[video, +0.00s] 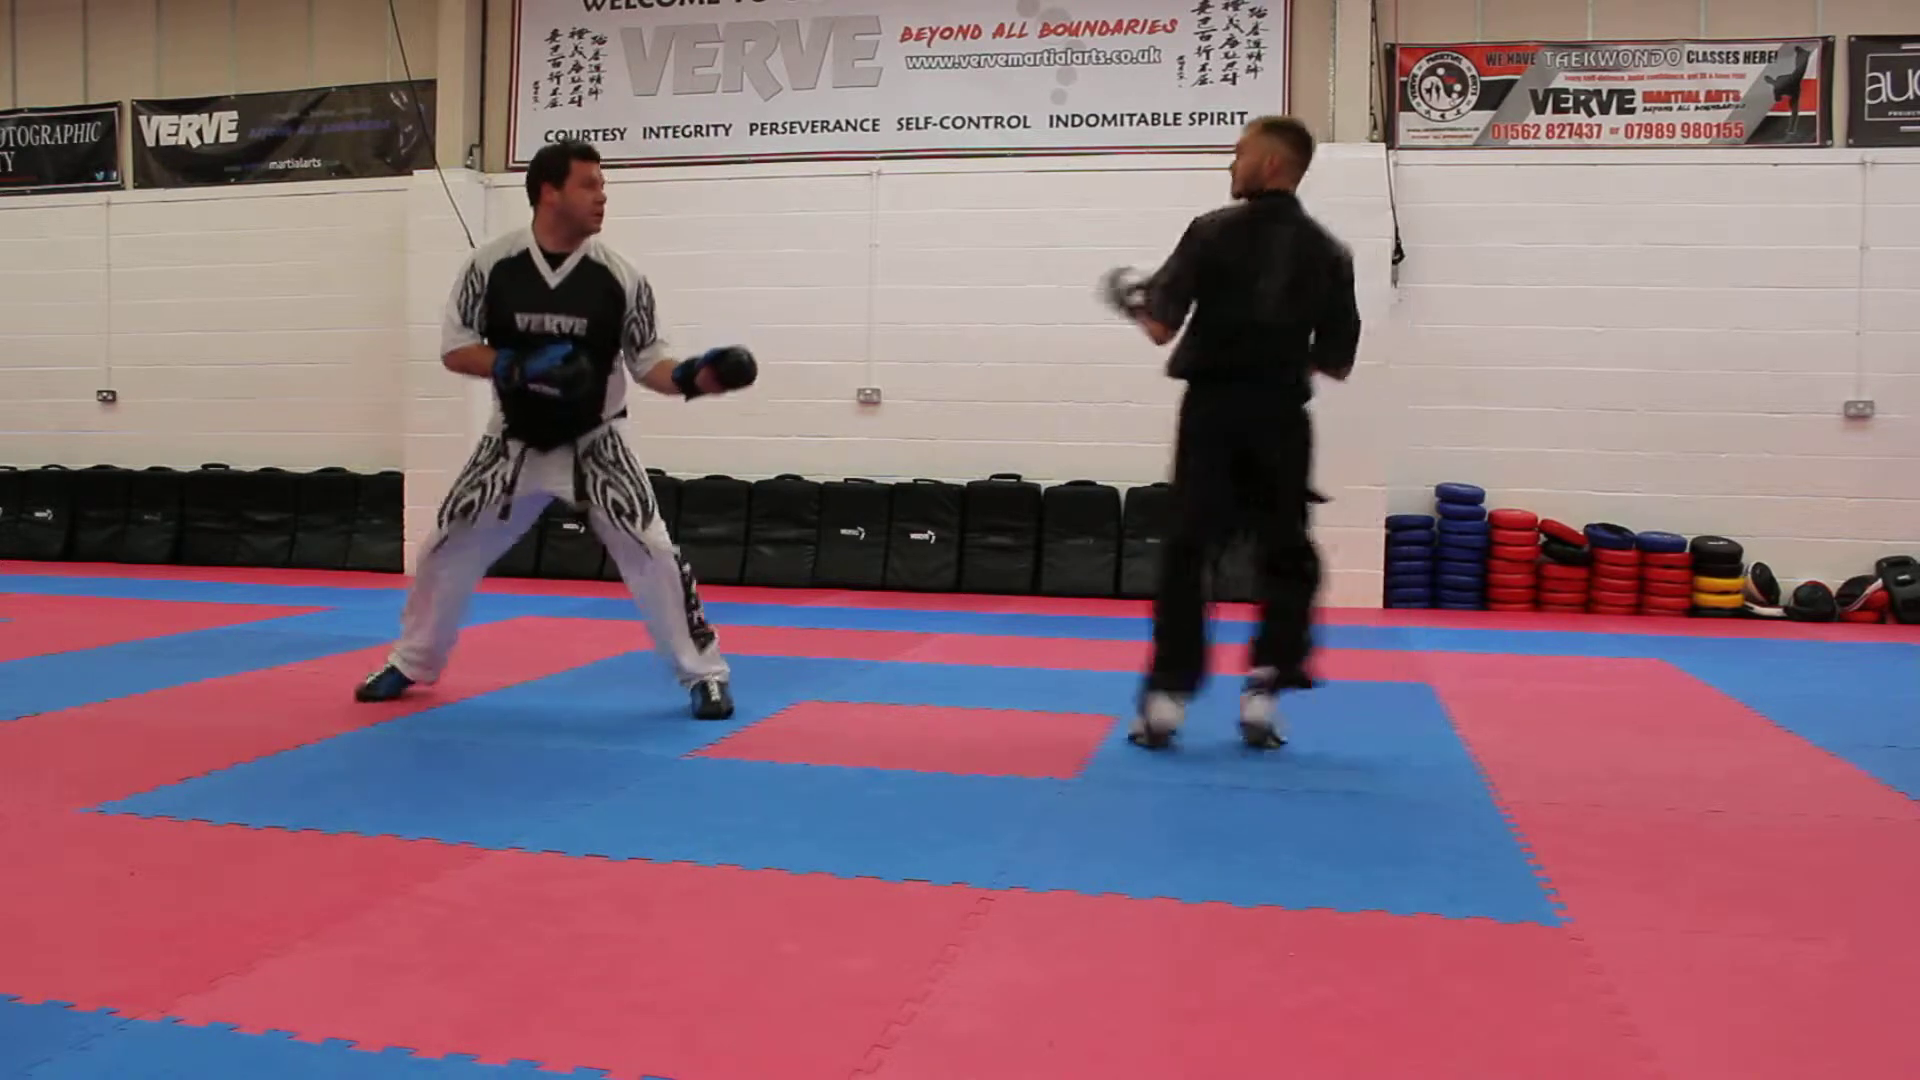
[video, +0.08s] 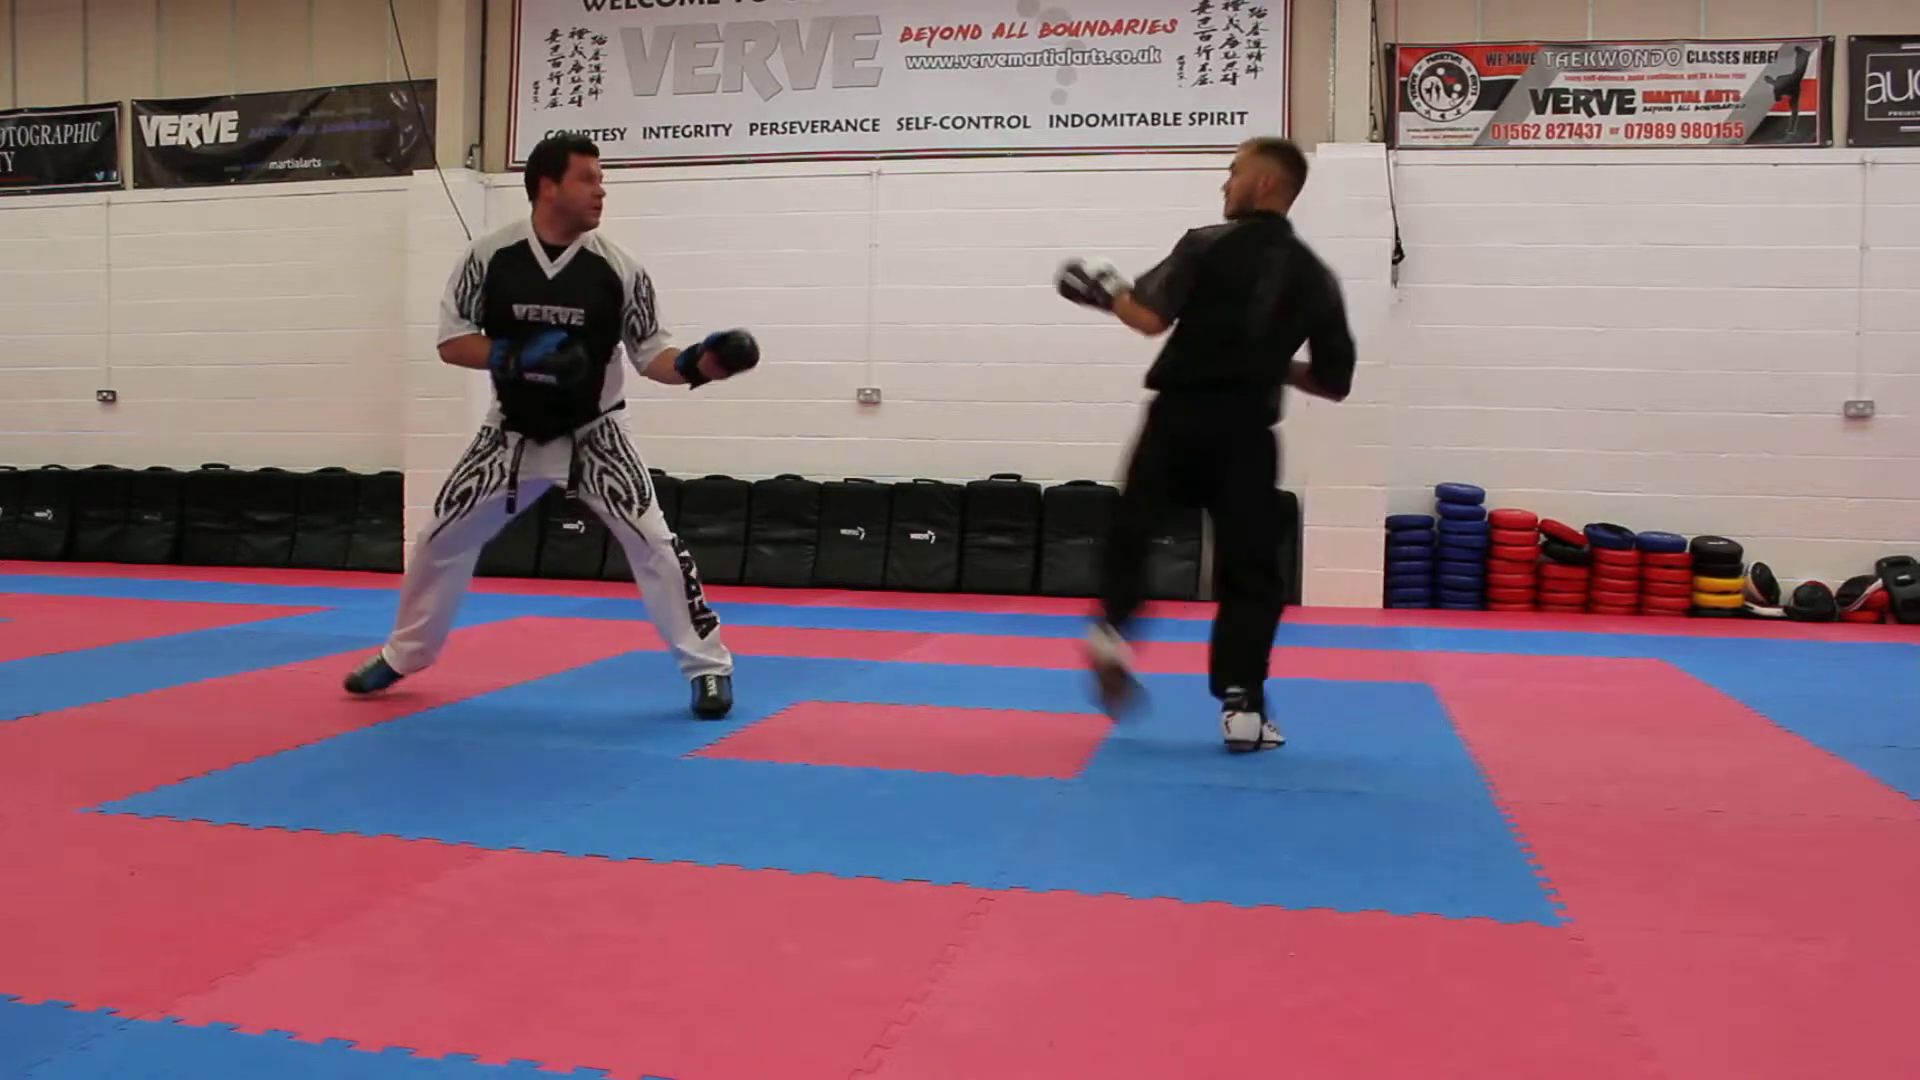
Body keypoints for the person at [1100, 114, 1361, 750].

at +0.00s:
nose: (1232, 163)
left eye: (1241, 152)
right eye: (1237, 151)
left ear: (1270, 162)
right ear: (1296, 168)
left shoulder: (1213, 231)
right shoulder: (1327, 252)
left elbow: (1160, 324)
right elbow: (1336, 360)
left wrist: (1135, 295)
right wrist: (1278, 342)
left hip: (1208, 419)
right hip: (1281, 423)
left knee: (1187, 548)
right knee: (1288, 552)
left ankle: (1166, 697)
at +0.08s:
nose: (1226, 183)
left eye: (1235, 172)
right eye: (1230, 172)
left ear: (1268, 182)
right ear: (1282, 189)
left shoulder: (1206, 246)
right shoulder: (1314, 274)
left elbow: (1150, 317)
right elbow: (1333, 380)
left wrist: (1108, 293)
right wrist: (1270, 361)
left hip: (1175, 429)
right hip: (1248, 439)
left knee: (1132, 523)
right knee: (1250, 567)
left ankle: (1112, 625)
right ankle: (1243, 704)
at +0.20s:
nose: (1197, 165)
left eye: (1206, 155)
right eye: (1202, 154)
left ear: (1233, 164)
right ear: (1256, 169)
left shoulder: (1188, 220)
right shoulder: (1279, 259)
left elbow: (1127, 270)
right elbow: (1269, 356)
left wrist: (1071, 239)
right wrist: (1213, 316)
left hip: (1118, 375)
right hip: (1177, 411)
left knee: (1051, 418)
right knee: (1203, 546)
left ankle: (1004, 496)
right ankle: (1225, 699)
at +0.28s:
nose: (1164, 149)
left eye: (1174, 138)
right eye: (1170, 137)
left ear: (1196, 149)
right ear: (1224, 154)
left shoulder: (1153, 205)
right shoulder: (1243, 244)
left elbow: (1074, 252)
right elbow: (1232, 345)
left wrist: (1016, 216)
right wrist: (1169, 318)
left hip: (1079, 351)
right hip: (1137, 395)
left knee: (1017, 320)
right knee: (1146, 526)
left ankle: (931, 412)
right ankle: (1145, 684)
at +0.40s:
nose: (1110, 153)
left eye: (1118, 142)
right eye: (1115, 141)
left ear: (1137, 152)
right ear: (1174, 158)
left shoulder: (1095, 216)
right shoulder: (1198, 253)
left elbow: (1005, 278)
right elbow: (1211, 355)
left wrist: (959, 236)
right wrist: (1147, 338)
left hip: (1032, 347)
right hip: (1086, 399)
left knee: (952, 303)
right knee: (1060, 536)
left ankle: (836, 329)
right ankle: (1047, 691)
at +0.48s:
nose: (1086, 164)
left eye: (1094, 155)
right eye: (1090, 153)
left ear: (1113, 165)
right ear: (1149, 172)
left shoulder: (1073, 227)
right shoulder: (1174, 267)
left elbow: (982, 293)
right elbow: (1190, 368)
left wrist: (932, 253)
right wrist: (1126, 356)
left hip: (994, 364)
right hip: (1052, 417)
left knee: (897, 340)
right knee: (1057, 557)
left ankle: (793, 333)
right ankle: (1043, 704)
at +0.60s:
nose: (1040, 173)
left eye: (1047, 163)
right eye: (1044, 161)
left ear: (1063, 172)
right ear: (1100, 178)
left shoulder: (1020, 238)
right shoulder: (1126, 273)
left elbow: (935, 304)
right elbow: (1135, 378)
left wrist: (894, 260)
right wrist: (1075, 353)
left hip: (948, 388)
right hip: (1013, 424)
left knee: (847, 444)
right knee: (1041, 558)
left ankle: (756, 521)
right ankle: (1039, 704)